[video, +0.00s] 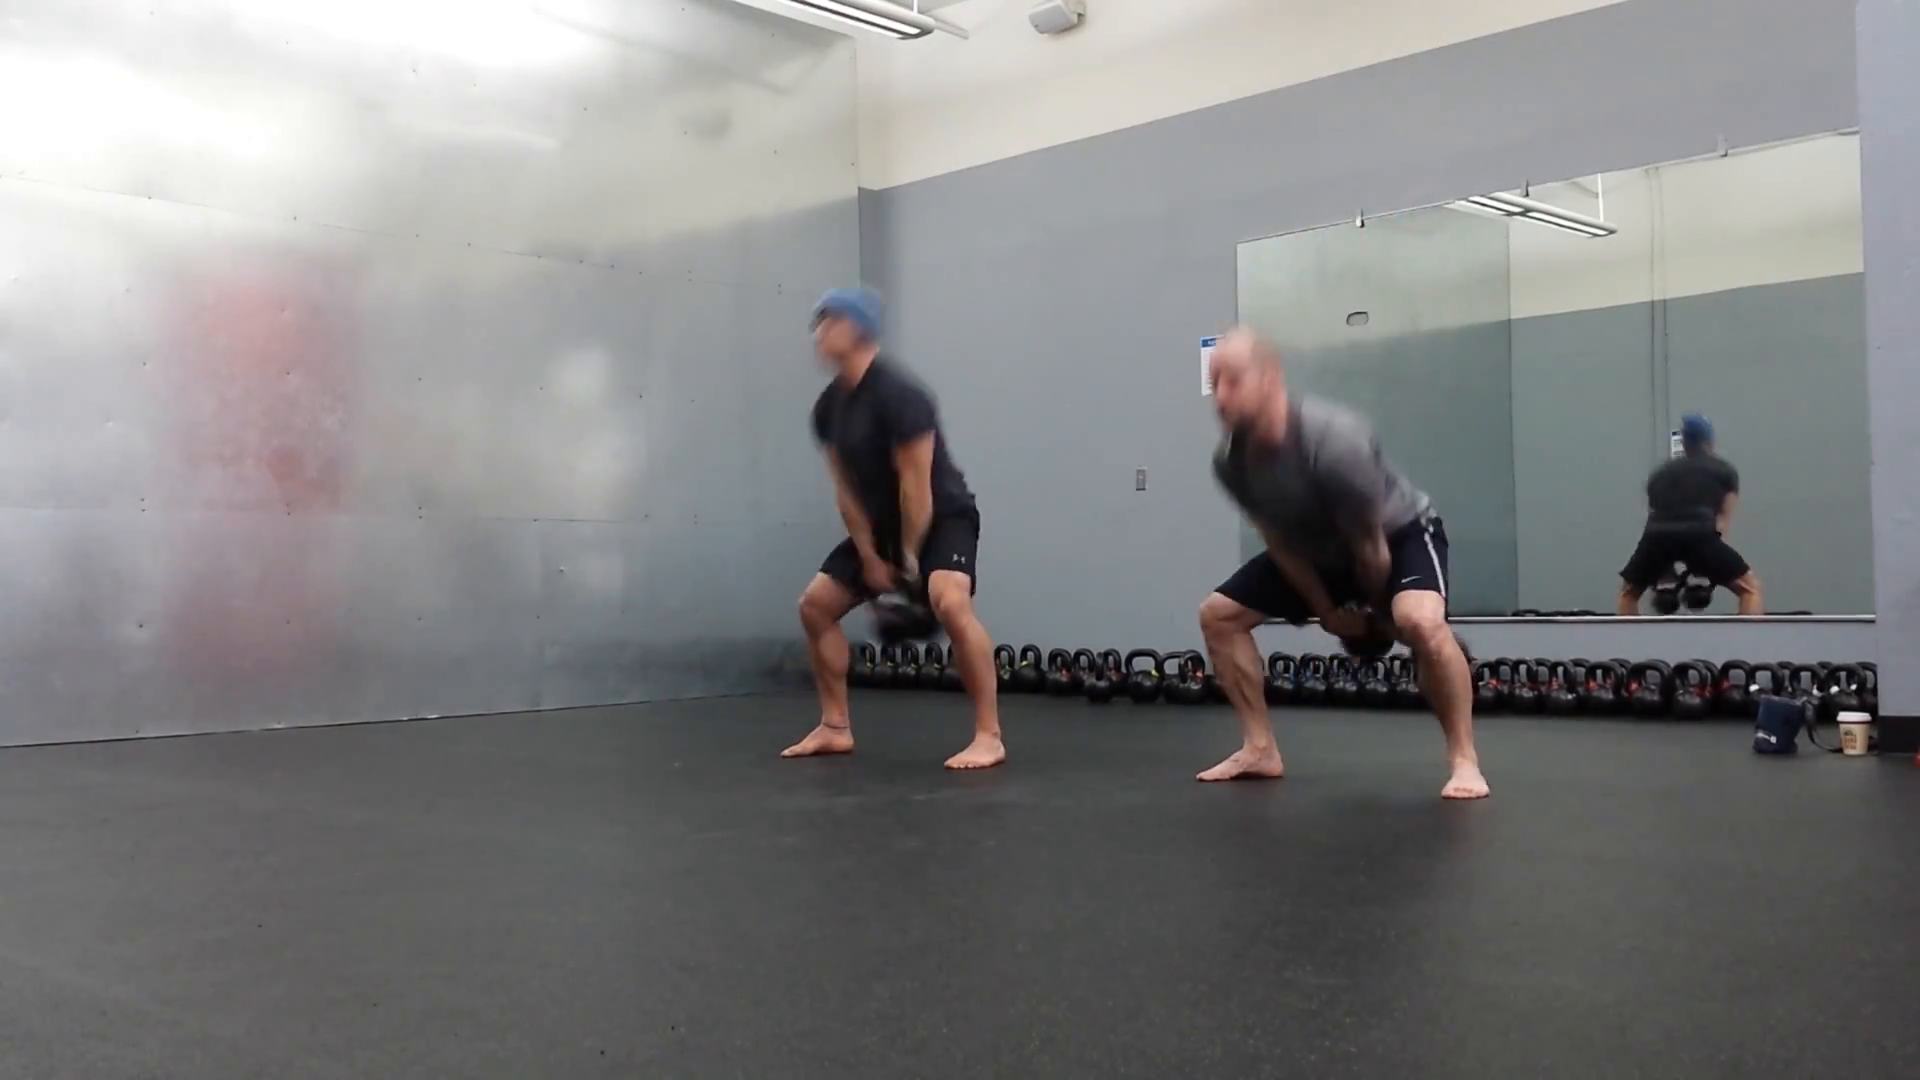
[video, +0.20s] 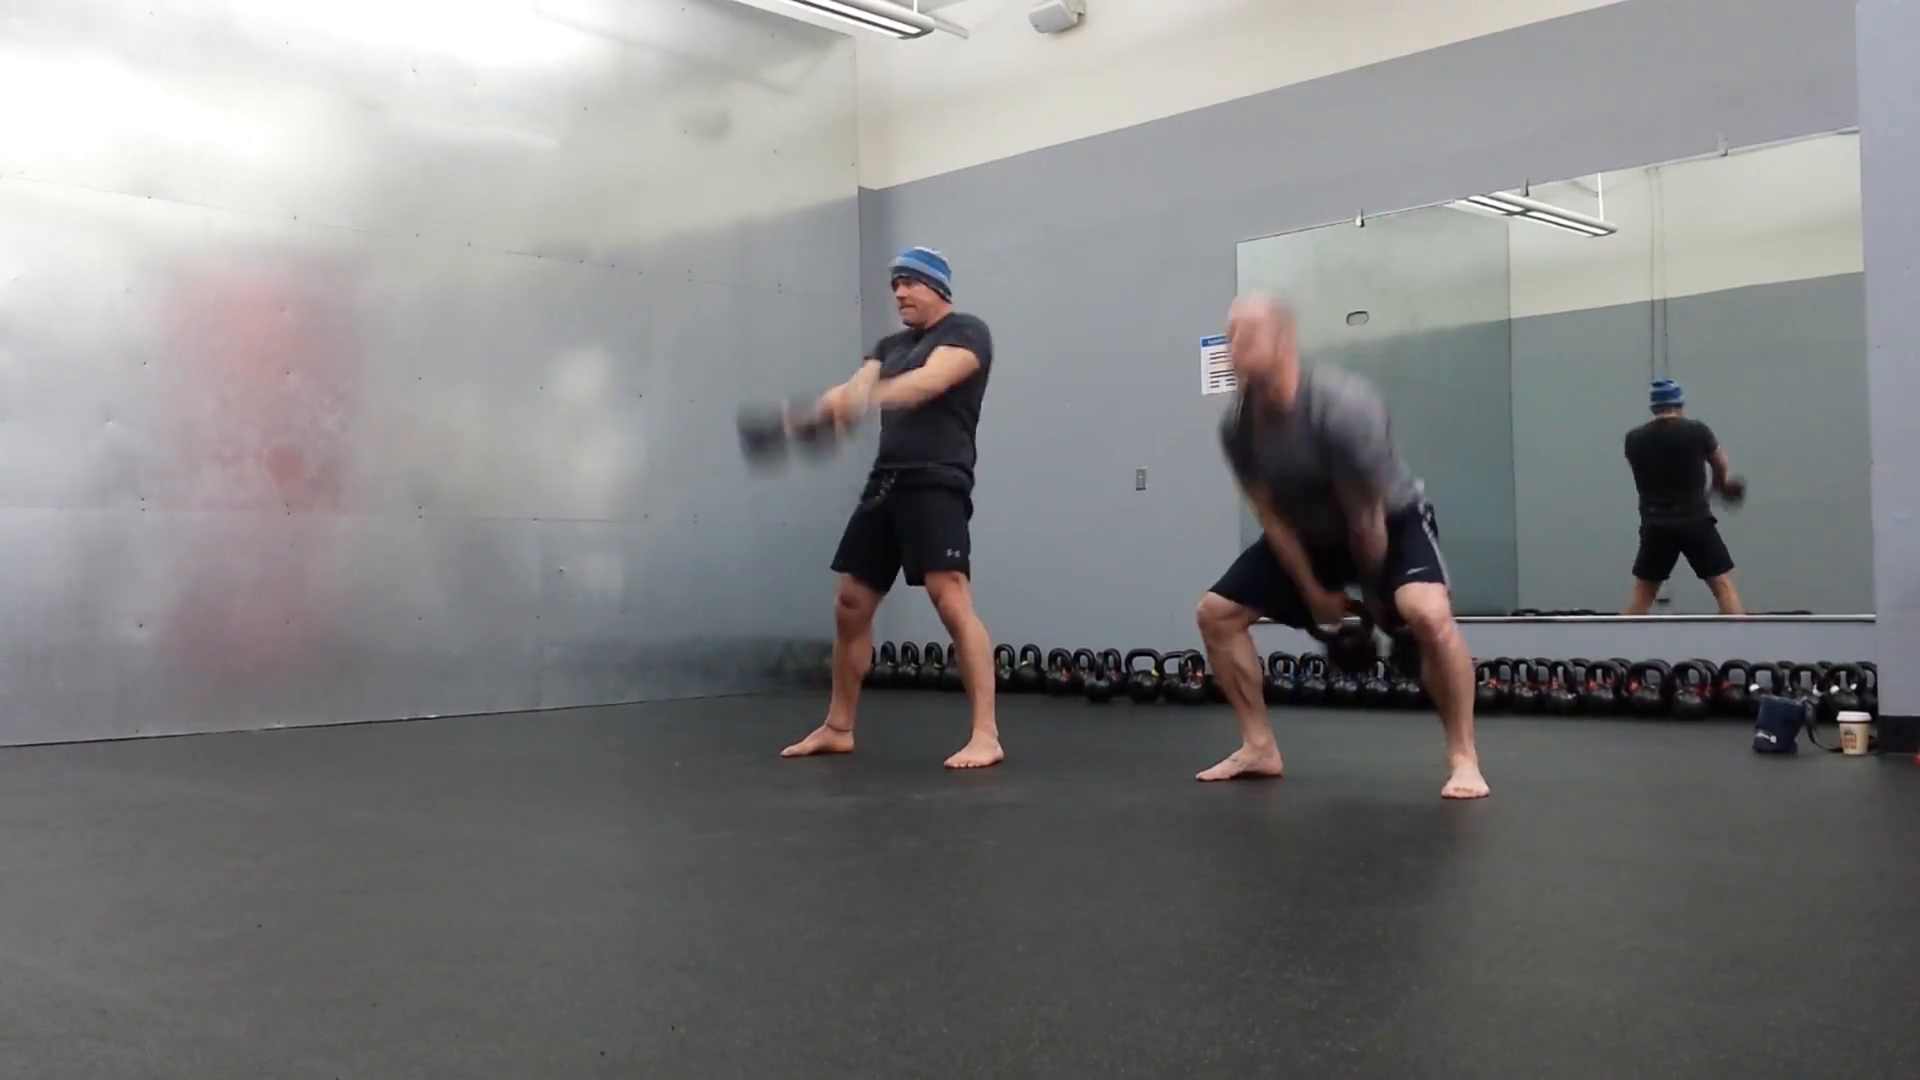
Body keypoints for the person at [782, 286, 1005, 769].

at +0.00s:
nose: (819, 331)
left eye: (831, 321)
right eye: (820, 322)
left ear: (861, 330)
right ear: (827, 334)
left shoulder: (902, 396)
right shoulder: (829, 407)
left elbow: (917, 486)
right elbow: (845, 489)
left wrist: (910, 556)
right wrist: (868, 555)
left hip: (943, 517)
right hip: (882, 522)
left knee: (949, 602)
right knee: (816, 607)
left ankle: (989, 735)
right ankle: (835, 726)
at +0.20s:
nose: (900, 293)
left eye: (909, 283)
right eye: (896, 285)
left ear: (939, 288)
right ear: (897, 294)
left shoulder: (968, 333)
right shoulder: (893, 347)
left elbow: (923, 386)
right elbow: (853, 391)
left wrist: (858, 401)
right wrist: (810, 416)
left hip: (937, 489)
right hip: (884, 488)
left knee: (951, 600)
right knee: (851, 605)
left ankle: (985, 735)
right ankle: (838, 726)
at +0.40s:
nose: (882, 285)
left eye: (891, 276)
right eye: (880, 278)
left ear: (919, 283)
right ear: (878, 283)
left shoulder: (953, 334)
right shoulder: (870, 342)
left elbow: (910, 309)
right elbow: (804, 335)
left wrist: (863, 257)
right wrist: (791, 287)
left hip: (918, 488)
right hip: (862, 491)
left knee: (944, 602)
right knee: (852, 614)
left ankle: (987, 734)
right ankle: (839, 727)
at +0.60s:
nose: (848, 278)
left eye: (858, 269)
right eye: (846, 270)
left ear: (888, 274)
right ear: (842, 280)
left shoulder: (912, 321)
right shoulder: (841, 328)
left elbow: (900, 236)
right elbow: (802, 260)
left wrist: (880, 161)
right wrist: (805, 183)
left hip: (902, 488)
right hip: (848, 493)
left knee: (939, 605)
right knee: (851, 616)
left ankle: (986, 736)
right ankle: (840, 728)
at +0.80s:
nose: (845, 278)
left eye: (855, 269)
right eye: (839, 270)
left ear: (884, 275)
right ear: (836, 279)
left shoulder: (907, 315)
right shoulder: (839, 324)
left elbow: (910, 227)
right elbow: (815, 246)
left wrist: (897, 151)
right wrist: (823, 167)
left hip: (894, 487)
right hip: (839, 491)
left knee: (937, 608)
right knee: (847, 618)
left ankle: (986, 735)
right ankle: (839, 727)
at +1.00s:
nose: (848, 280)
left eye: (858, 270)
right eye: (842, 272)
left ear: (888, 277)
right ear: (839, 282)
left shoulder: (909, 320)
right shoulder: (841, 328)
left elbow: (917, 229)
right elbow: (819, 249)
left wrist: (903, 157)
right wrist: (827, 171)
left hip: (893, 488)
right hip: (838, 492)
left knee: (936, 608)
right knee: (846, 619)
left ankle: (986, 735)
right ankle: (839, 728)